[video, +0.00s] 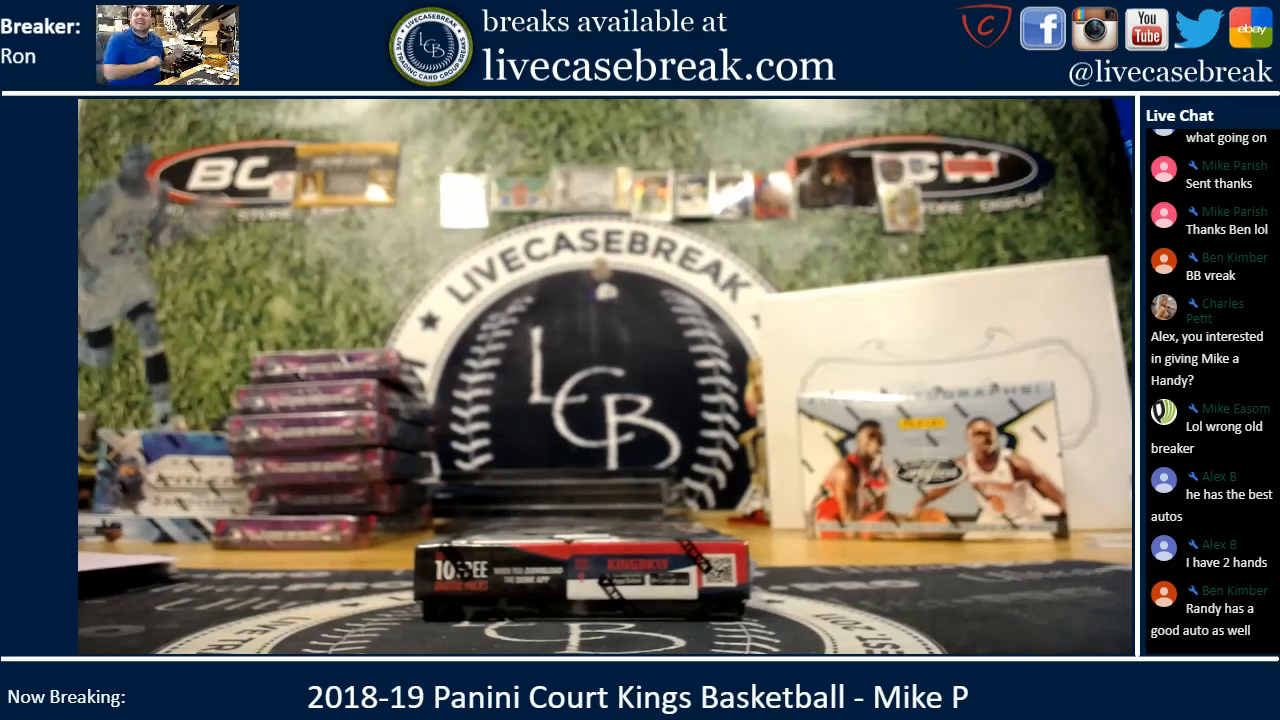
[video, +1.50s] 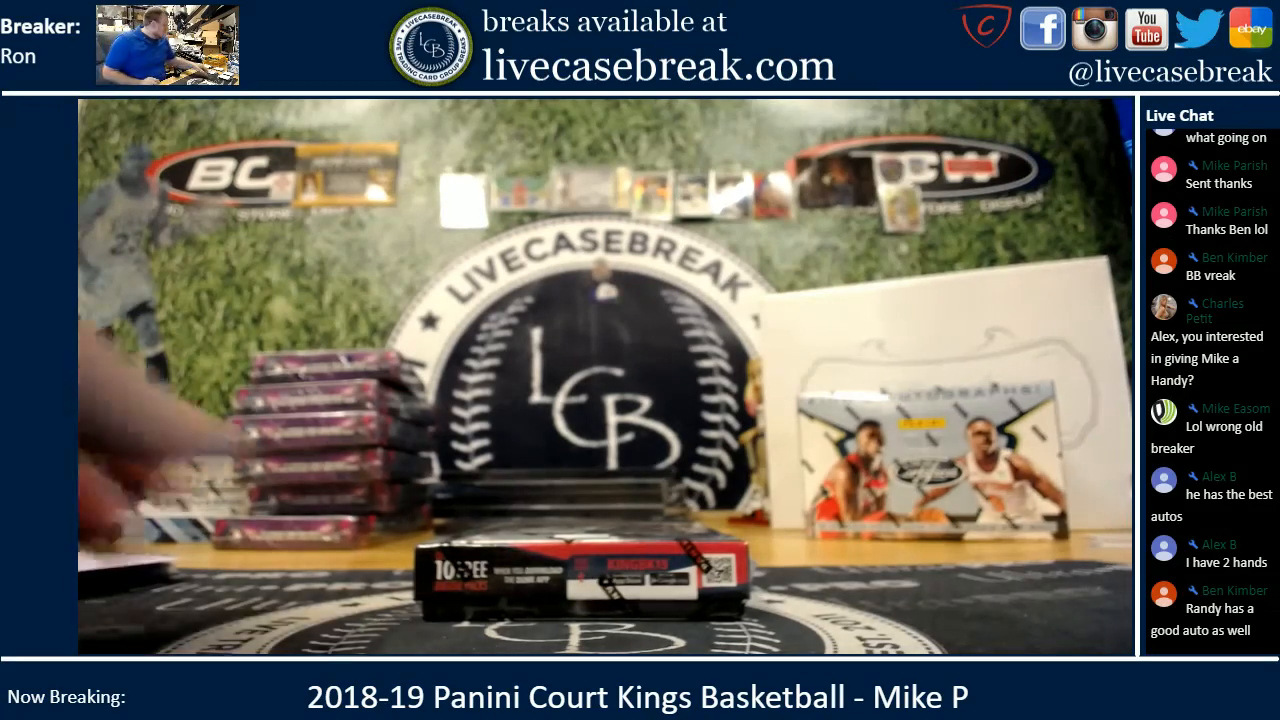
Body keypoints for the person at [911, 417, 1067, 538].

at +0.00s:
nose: (986, 438)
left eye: (989, 434)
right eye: (979, 434)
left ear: (995, 437)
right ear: (969, 438)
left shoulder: (1013, 462)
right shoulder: (964, 464)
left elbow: (1038, 481)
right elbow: (946, 485)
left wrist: (1063, 503)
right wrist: (923, 501)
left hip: (1026, 517)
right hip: (991, 519)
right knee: (971, 548)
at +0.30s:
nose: (986, 439)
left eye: (989, 434)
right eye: (979, 434)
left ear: (995, 437)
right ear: (968, 438)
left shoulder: (1013, 461)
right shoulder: (964, 464)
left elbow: (1038, 482)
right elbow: (946, 485)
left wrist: (1063, 503)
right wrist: (923, 501)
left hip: (1026, 518)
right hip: (991, 519)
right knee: (971, 547)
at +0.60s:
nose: (986, 438)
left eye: (989, 434)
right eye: (979, 434)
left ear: (995, 437)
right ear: (969, 439)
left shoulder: (1013, 461)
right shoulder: (964, 464)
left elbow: (1038, 482)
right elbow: (946, 485)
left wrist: (1063, 504)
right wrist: (923, 501)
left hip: (1026, 518)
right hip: (991, 520)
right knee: (971, 548)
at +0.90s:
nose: (986, 438)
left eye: (989, 433)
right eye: (979, 434)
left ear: (996, 436)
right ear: (969, 438)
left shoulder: (1013, 462)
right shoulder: (964, 465)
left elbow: (1038, 481)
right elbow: (946, 485)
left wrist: (1062, 503)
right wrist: (923, 501)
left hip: (1026, 518)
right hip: (991, 520)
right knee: (970, 546)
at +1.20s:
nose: (986, 438)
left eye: (989, 433)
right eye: (979, 434)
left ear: (995, 436)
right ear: (969, 438)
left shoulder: (1014, 462)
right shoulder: (964, 464)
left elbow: (1038, 481)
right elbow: (946, 485)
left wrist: (1062, 502)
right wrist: (923, 501)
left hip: (1026, 519)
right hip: (990, 520)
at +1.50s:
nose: (985, 438)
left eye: (988, 434)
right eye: (979, 434)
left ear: (995, 437)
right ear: (969, 439)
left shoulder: (1014, 463)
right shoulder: (964, 464)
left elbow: (1039, 482)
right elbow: (945, 485)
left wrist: (1063, 503)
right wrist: (922, 502)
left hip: (1025, 519)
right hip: (990, 520)